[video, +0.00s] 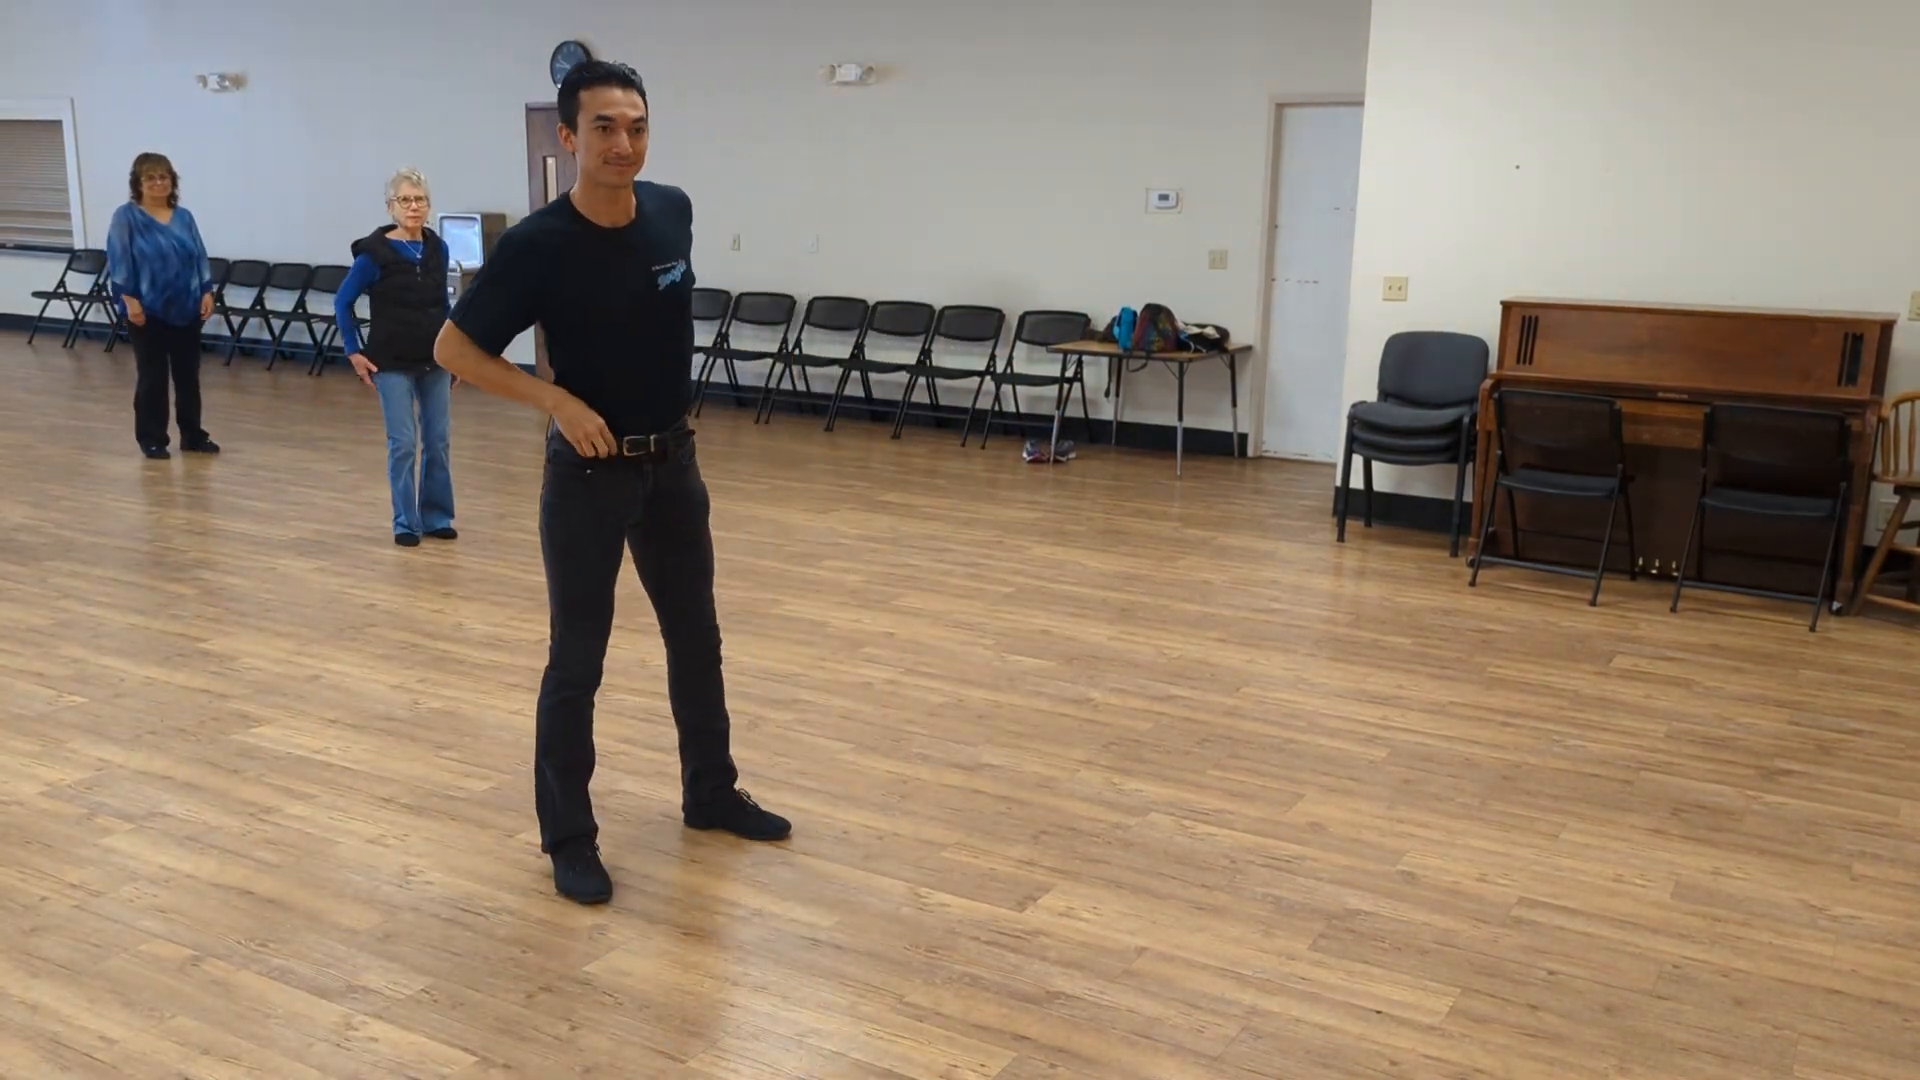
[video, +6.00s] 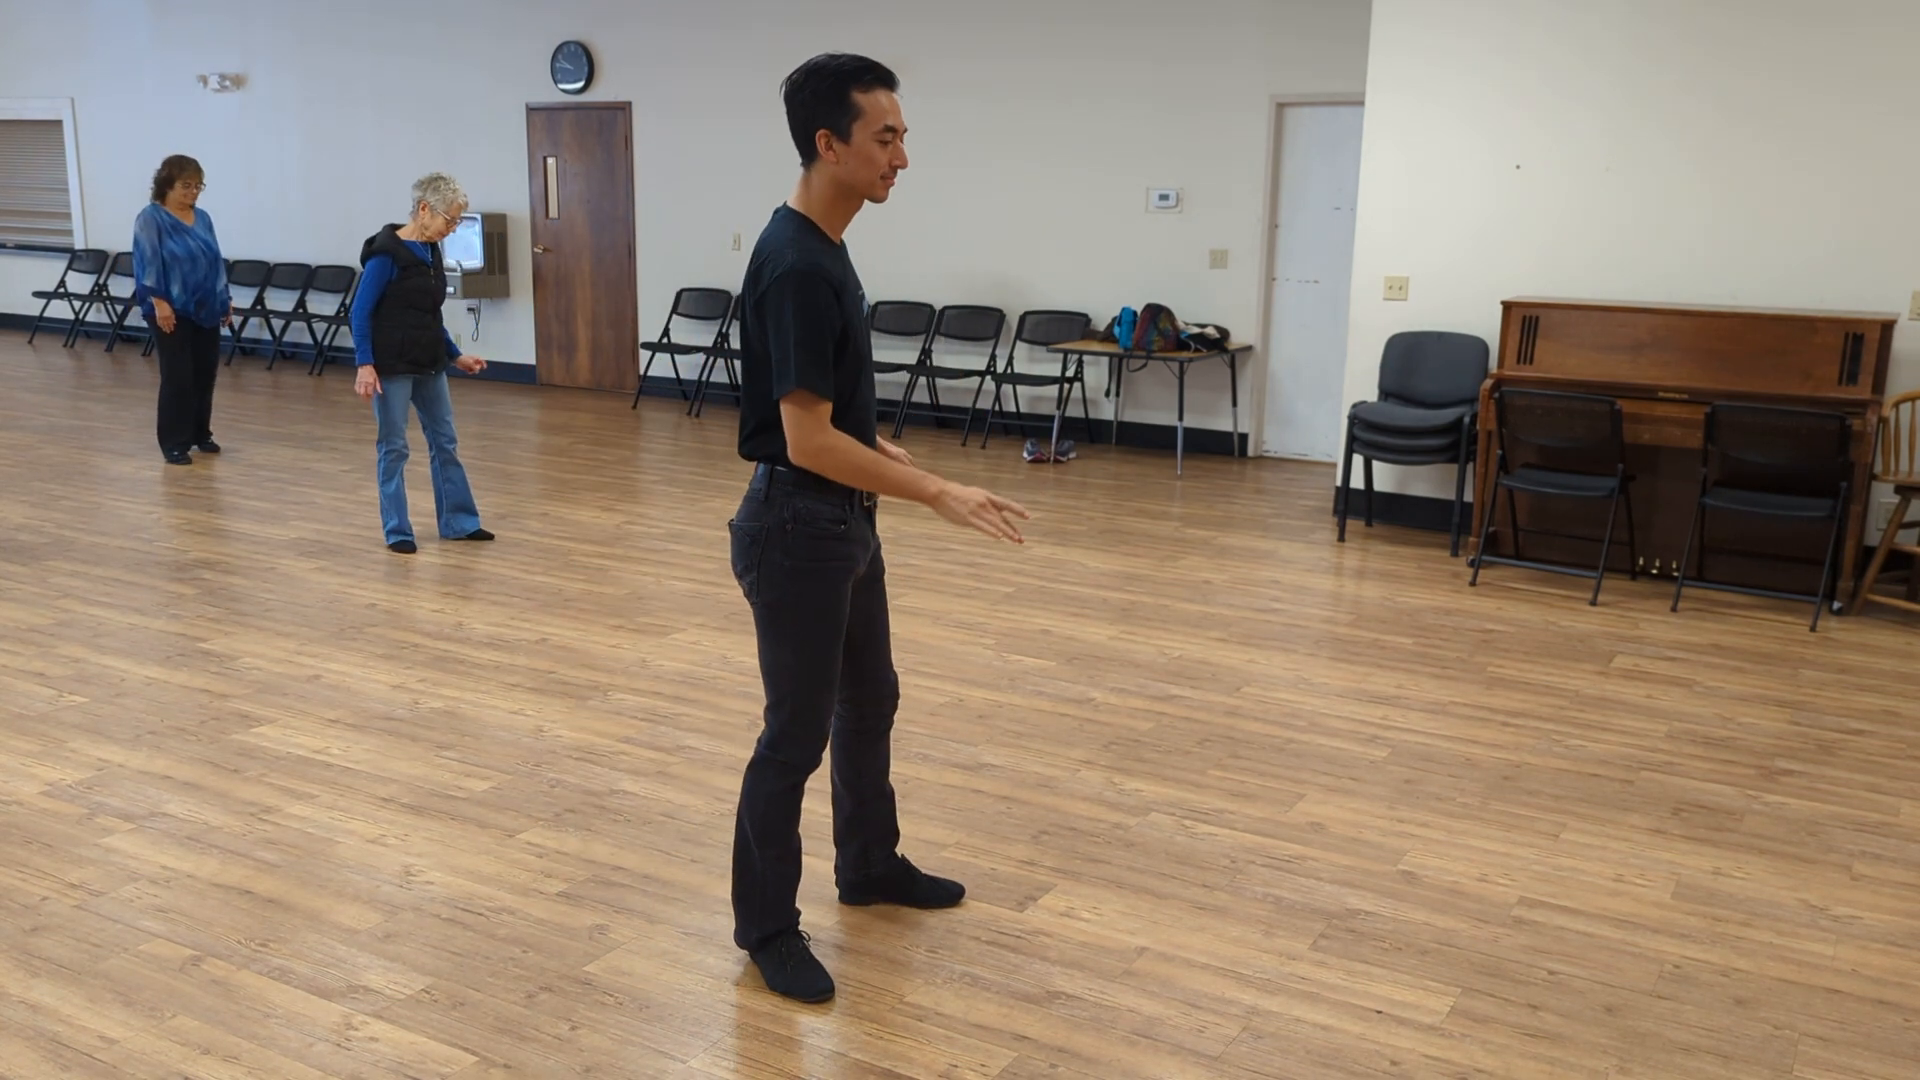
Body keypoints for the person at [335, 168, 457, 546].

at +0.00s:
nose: (413, 207)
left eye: (419, 200)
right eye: (405, 200)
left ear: (429, 205)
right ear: (392, 206)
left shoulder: (438, 249)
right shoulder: (376, 252)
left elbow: (444, 303)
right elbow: (342, 301)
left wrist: (454, 351)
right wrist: (354, 351)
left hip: (435, 359)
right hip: (390, 362)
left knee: (437, 441)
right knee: (404, 442)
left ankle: (437, 518)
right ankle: (405, 524)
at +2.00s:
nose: (449, 210)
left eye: (455, 203)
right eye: (441, 204)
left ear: (462, 208)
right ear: (425, 209)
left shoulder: (467, 250)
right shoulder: (409, 254)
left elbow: (473, 303)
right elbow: (384, 309)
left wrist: (487, 346)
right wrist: (395, 358)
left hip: (470, 360)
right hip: (427, 363)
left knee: (462, 440)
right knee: (430, 444)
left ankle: (457, 518)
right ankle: (410, 524)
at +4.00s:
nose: (433, 206)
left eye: (439, 199)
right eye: (424, 200)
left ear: (445, 203)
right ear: (406, 205)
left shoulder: (448, 246)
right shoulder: (393, 252)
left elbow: (451, 304)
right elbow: (367, 309)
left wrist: (471, 348)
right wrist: (382, 359)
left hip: (454, 357)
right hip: (411, 360)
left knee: (457, 441)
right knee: (411, 446)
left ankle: (464, 521)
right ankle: (411, 526)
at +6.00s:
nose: (453, 228)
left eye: (456, 221)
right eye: (450, 219)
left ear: (432, 214)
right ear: (424, 209)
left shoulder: (431, 251)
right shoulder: (386, 252)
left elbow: (429, 316)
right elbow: (360, 312)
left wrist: (455, 356)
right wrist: (364, 364)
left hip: (429, 363)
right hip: (391, 366)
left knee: (444, 443)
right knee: (394, 449)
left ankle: (458, 522)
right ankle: (397, 531)